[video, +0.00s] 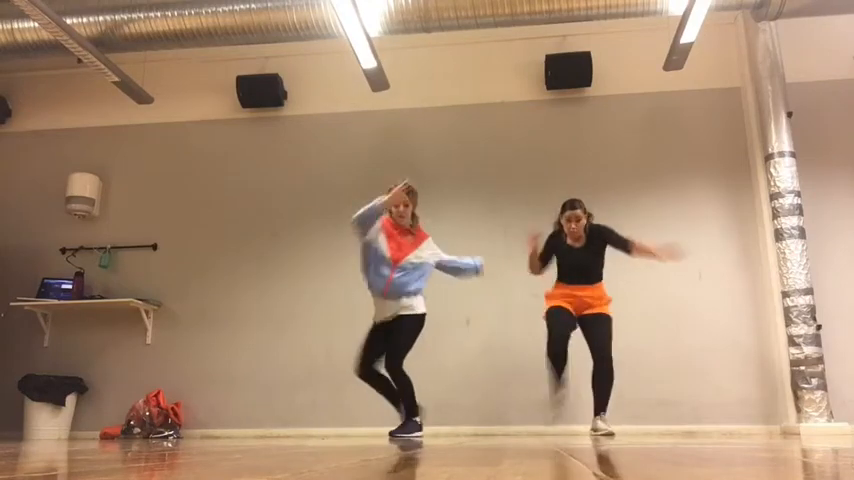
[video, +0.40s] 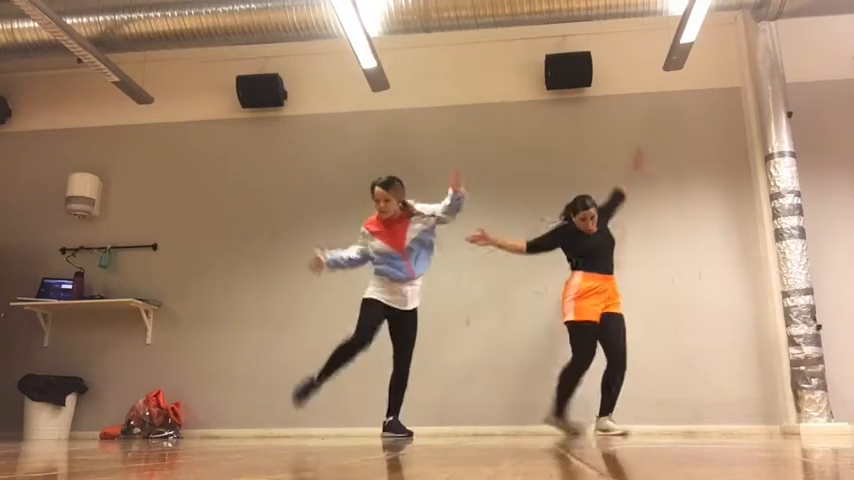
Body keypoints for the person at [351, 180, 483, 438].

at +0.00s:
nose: (401, 210)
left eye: (406, 205)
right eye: (396, 205)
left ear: (414, 208)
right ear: (389, 208)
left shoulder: (421, 242)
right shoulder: (376, 231)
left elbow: (446, 263)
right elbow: (359, 222)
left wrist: (476, 265)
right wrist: (385, 201)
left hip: (410, 312)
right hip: (384, 314)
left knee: (393, 364)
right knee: (365, 369)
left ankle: (412, 421)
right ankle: (408, 410)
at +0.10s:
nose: (401, 208)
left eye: (406, 202)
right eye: (397, 202)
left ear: (414, 206)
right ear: (389, 206)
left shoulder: (422, 239)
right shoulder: (384, 234)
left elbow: (442, 253)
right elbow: (380, 211)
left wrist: (467, 243)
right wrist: (393, 187)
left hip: (410, 310)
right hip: (383, 314)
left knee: (395, 363)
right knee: (365, 369)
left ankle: (415, 420)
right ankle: (403, 403)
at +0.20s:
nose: (393, 204)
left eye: (398, 199)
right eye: (390, 199)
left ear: (411, 198)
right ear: (386, 199)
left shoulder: (426, 225)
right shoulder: (378, 216)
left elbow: (448, 234)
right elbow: (352, 218)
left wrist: (468, 209)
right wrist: (338, 211)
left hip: (413, 306)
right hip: (381, 304)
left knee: (409, 366)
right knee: (360, 363)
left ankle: (406, 421)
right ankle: (355, 412)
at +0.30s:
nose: (389, 202)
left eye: (394, 197)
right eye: (385, 197)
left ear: (407, 196)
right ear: (382, 198)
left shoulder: (424, 213)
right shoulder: (376, 225)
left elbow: (449, 210)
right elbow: (353, 245)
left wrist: (449, 198)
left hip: (408, 305)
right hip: (378, 302)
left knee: (408, 363)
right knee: (359, 353)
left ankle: (393, 420)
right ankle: (327, 402)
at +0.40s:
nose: (380, 206)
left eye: (386, 201)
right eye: (376, 201)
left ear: (400, 198)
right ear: (373, 200)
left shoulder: (419, 215)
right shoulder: (371, 230)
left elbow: (445, 213)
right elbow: (359, 255)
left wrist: (456, 197)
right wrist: (327, 259)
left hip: (407, 298)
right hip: (378, 294)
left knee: (403, 363)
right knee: (360, 340)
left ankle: (391, 420)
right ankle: (316, 382)